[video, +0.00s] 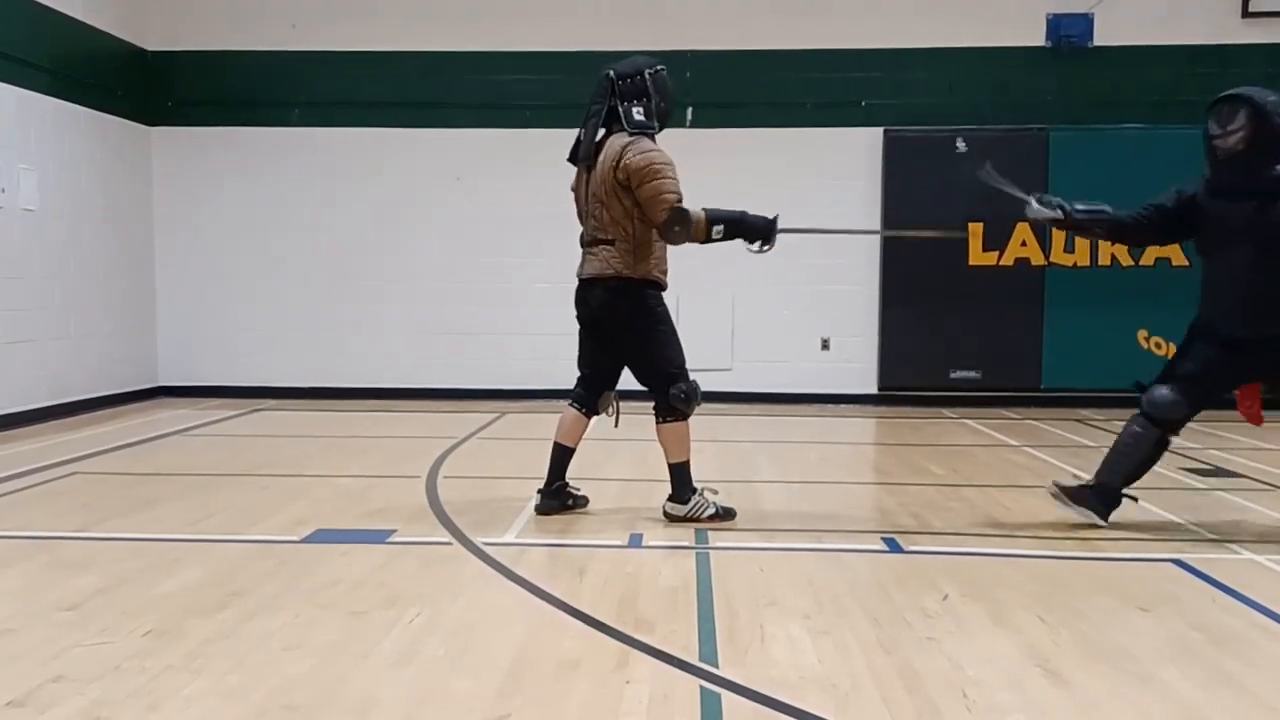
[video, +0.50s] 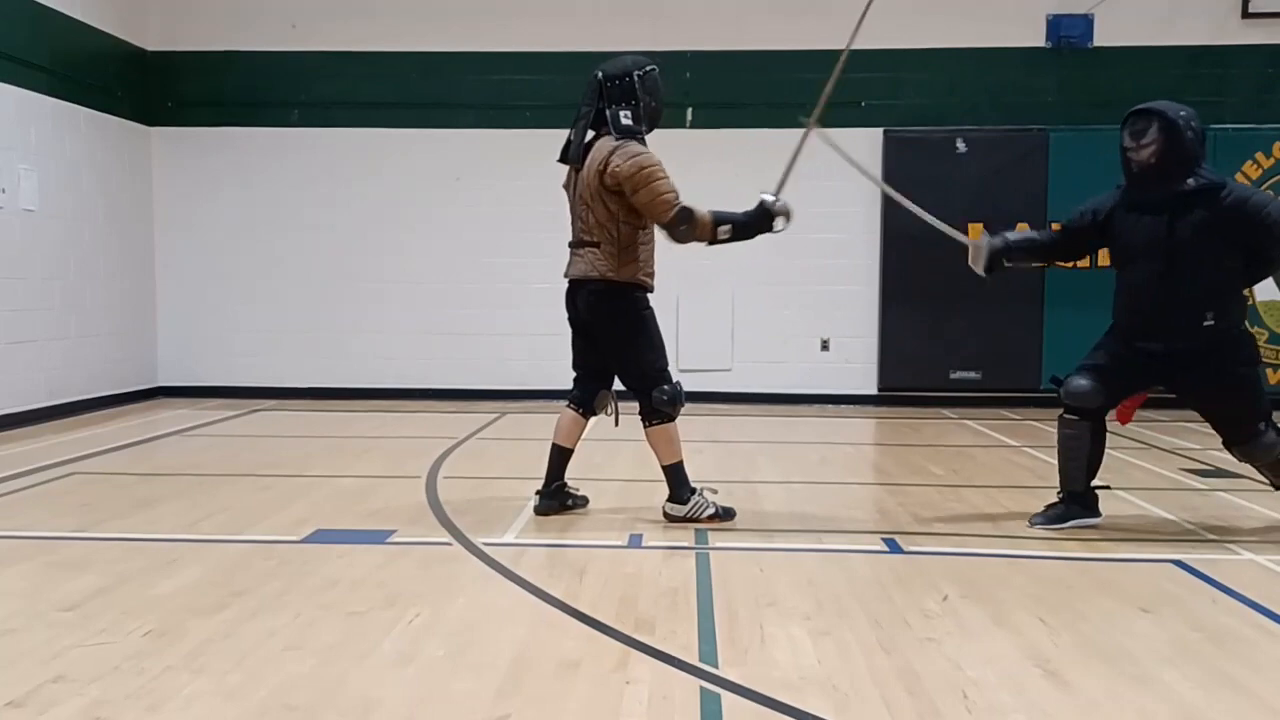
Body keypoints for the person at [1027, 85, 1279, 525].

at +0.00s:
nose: (1220, 133)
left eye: (1234, 125)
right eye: (1218, 124)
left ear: (1263, 132)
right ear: (1211, 128)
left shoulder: (1271, 189)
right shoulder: (1211, 194)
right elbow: (1144, 225)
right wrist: (1069, 217)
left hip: (1270, 328)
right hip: (1223, 328)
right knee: (1165, 403)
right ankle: (1103, 491)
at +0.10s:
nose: (1179, 144)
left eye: (1193, 134)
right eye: (1178, 134)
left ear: (1224, 141)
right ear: (1171, 138)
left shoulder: (1261, 194)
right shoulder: (1166, 201)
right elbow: (1102, 219)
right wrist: (1036, 202)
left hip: (1251, 341)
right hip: (1179, 343)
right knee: (1124, 405)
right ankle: (1083, 500)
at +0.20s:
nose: (1140, 154)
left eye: (1153, 144)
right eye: (1136, 146)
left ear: (1185, 148)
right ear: (1129, 151)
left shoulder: (1234, 201)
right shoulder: (1126, 207)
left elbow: (1279, 220)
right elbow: (1066, 215)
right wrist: (1004, 196)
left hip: (1232, 346)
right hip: (1151, 346)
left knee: (1278, 439)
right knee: (1093, 398)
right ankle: (1079, 500)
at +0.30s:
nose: (1116, 154)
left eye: (1127, 143)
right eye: (1111, 146)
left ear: (1159, 146)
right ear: (1105, 154)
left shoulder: (1208, 200)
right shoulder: (1107, 209)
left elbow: (1272, 224)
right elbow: (1053, 228)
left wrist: (1223, 277)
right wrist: (996, 209)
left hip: (1213, 344)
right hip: (1136, 345)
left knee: (1264, 439)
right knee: (1079, 397)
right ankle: (1077, 500)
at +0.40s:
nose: (1114, 154)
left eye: (1126, 143)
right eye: (1111, 145)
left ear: (1159, 147)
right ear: (1104, 151)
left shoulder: (1206, 201)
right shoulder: (1106, 209)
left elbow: (1271, 227)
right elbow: (1054, 237)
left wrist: (1221, 277)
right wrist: (1002, 226)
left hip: (1208, 345)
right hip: (1132, 344)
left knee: (1257, 440)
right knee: (1075, 395)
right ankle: (1075, 500)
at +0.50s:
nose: (1133, 147)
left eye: (1146, 138)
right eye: (1132, 139)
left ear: (1180, 143)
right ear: (1128, 145)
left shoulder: (1231, 203)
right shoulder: (1121, 204)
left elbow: (1277, 246)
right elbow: (1065, 242)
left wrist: (1229, 281)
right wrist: (1001, 247)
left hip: (1213, 347)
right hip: (1134, 343)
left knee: (1255, 442)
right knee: (1080, 395)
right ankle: (1077, 500)